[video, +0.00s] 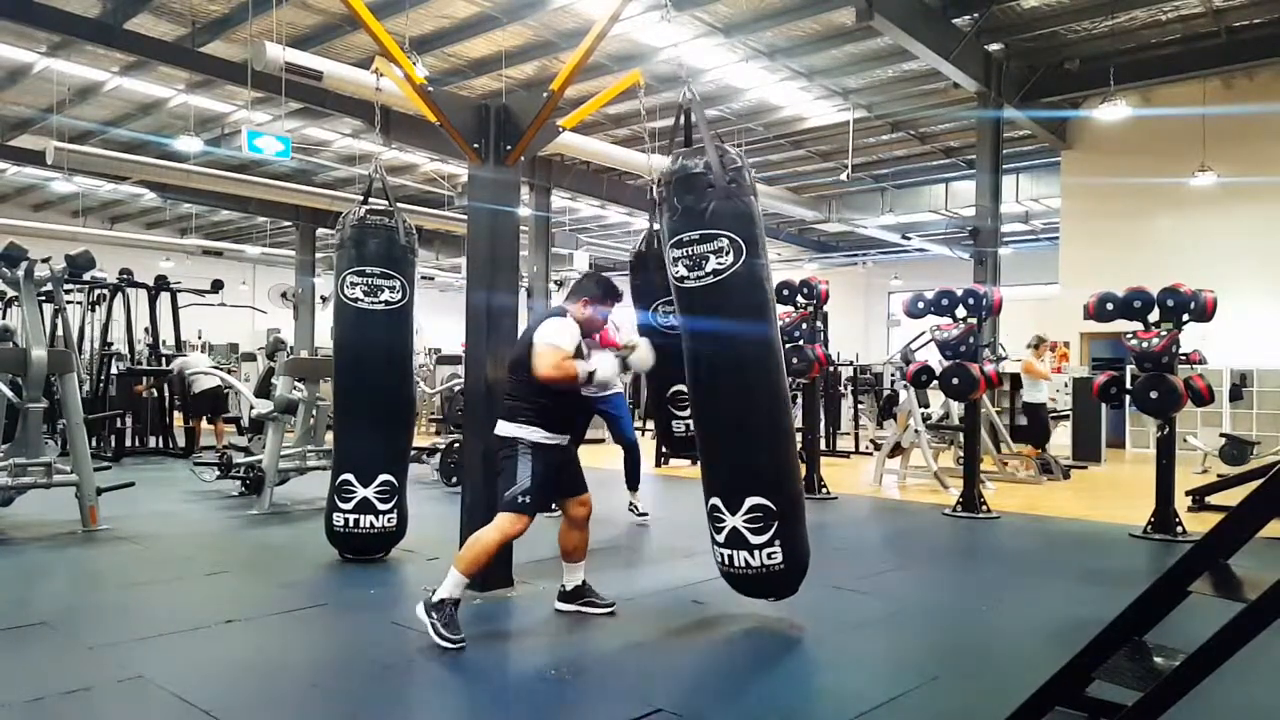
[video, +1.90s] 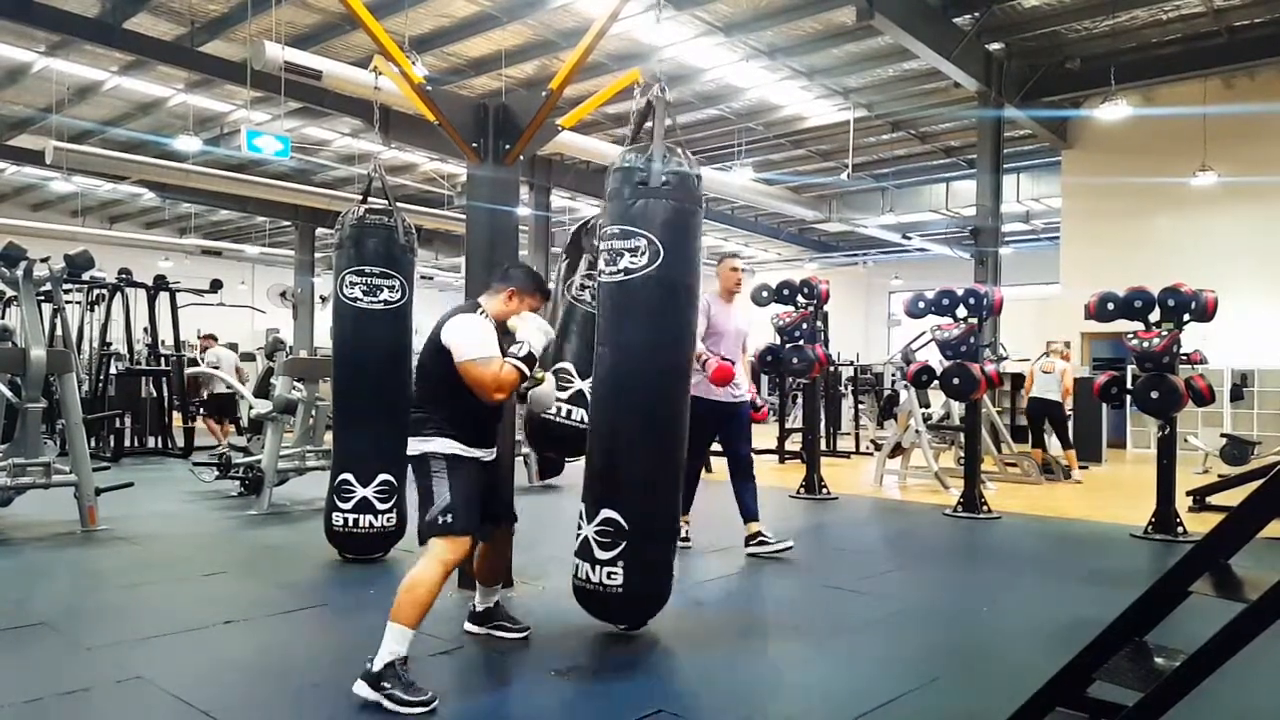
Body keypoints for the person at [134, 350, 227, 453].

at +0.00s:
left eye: (173, 365)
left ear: (177, 360)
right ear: (187, 355)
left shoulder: (178, 362)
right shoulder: (202, 356)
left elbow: (163, 378)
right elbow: (216, 367)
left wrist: (145, 387)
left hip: (200, 391)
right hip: (217, 387)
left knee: (196, 421)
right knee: (218, 420)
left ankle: (196, 448)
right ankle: (220, 446)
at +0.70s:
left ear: (176, 360)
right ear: (187, 355)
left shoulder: (176, 363)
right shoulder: (201, 357)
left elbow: (160, 380)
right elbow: (215, 367)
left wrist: (142, 386)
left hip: (199, 391)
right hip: (217, 387)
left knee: (196, 422)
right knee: (218, 419)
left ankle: (196, 448)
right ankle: (220, 446)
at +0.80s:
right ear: (187, 355)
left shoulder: (178, 364)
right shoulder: (202, 357)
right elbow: (214, 368)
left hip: (200, 390)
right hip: (217, 386)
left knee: (196, 421)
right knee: (218, 419)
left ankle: (196, 447)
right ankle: (220, 446)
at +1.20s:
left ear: (188, 352)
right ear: (200, 350)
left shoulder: (184, 360)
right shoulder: (210, 356)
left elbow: (184, 380)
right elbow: (221, 368)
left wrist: (183, 399)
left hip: (201, 391)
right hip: (220, 388)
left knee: (197, 421)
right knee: (220, 420)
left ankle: (197, 447)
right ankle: (220, 446)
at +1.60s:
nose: (197, 352)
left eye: (197, 350)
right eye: (196, 350)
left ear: (200, 347)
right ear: (208, 346)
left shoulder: (198, 354)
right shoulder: (225, 353)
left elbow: (195, 376)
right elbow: (234, 372)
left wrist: (192, 393)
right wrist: (232, 386)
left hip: (209, 392)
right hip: (226, 391)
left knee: (198, 419)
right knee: (223, 421)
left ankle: (196, 447)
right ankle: (219, 447)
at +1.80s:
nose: (203, 348)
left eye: (203, 346)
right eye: (202, 346)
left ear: (206, 343)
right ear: (214, 343)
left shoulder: (206, 353)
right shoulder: (231, 353)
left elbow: (203, 372)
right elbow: (240, 371)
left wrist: (200, 389)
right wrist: (241, 386)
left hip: (214, 391)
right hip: (229, 391)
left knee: (203, 417)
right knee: (224, 420)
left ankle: (209, 442)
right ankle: (220, 446)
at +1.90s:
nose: (203, 346)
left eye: (203, 343)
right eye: (202, 344)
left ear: (209, 341)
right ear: (215, 341)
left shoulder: (211, 352)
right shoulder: (232, 353)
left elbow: (208, 372)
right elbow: (240, 372)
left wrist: (203, 387)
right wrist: (241, 386)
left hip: (216, 391)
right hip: (230, 391)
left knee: (207, 417)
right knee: (225, 421)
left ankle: (223, 443)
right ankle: (223, 446)